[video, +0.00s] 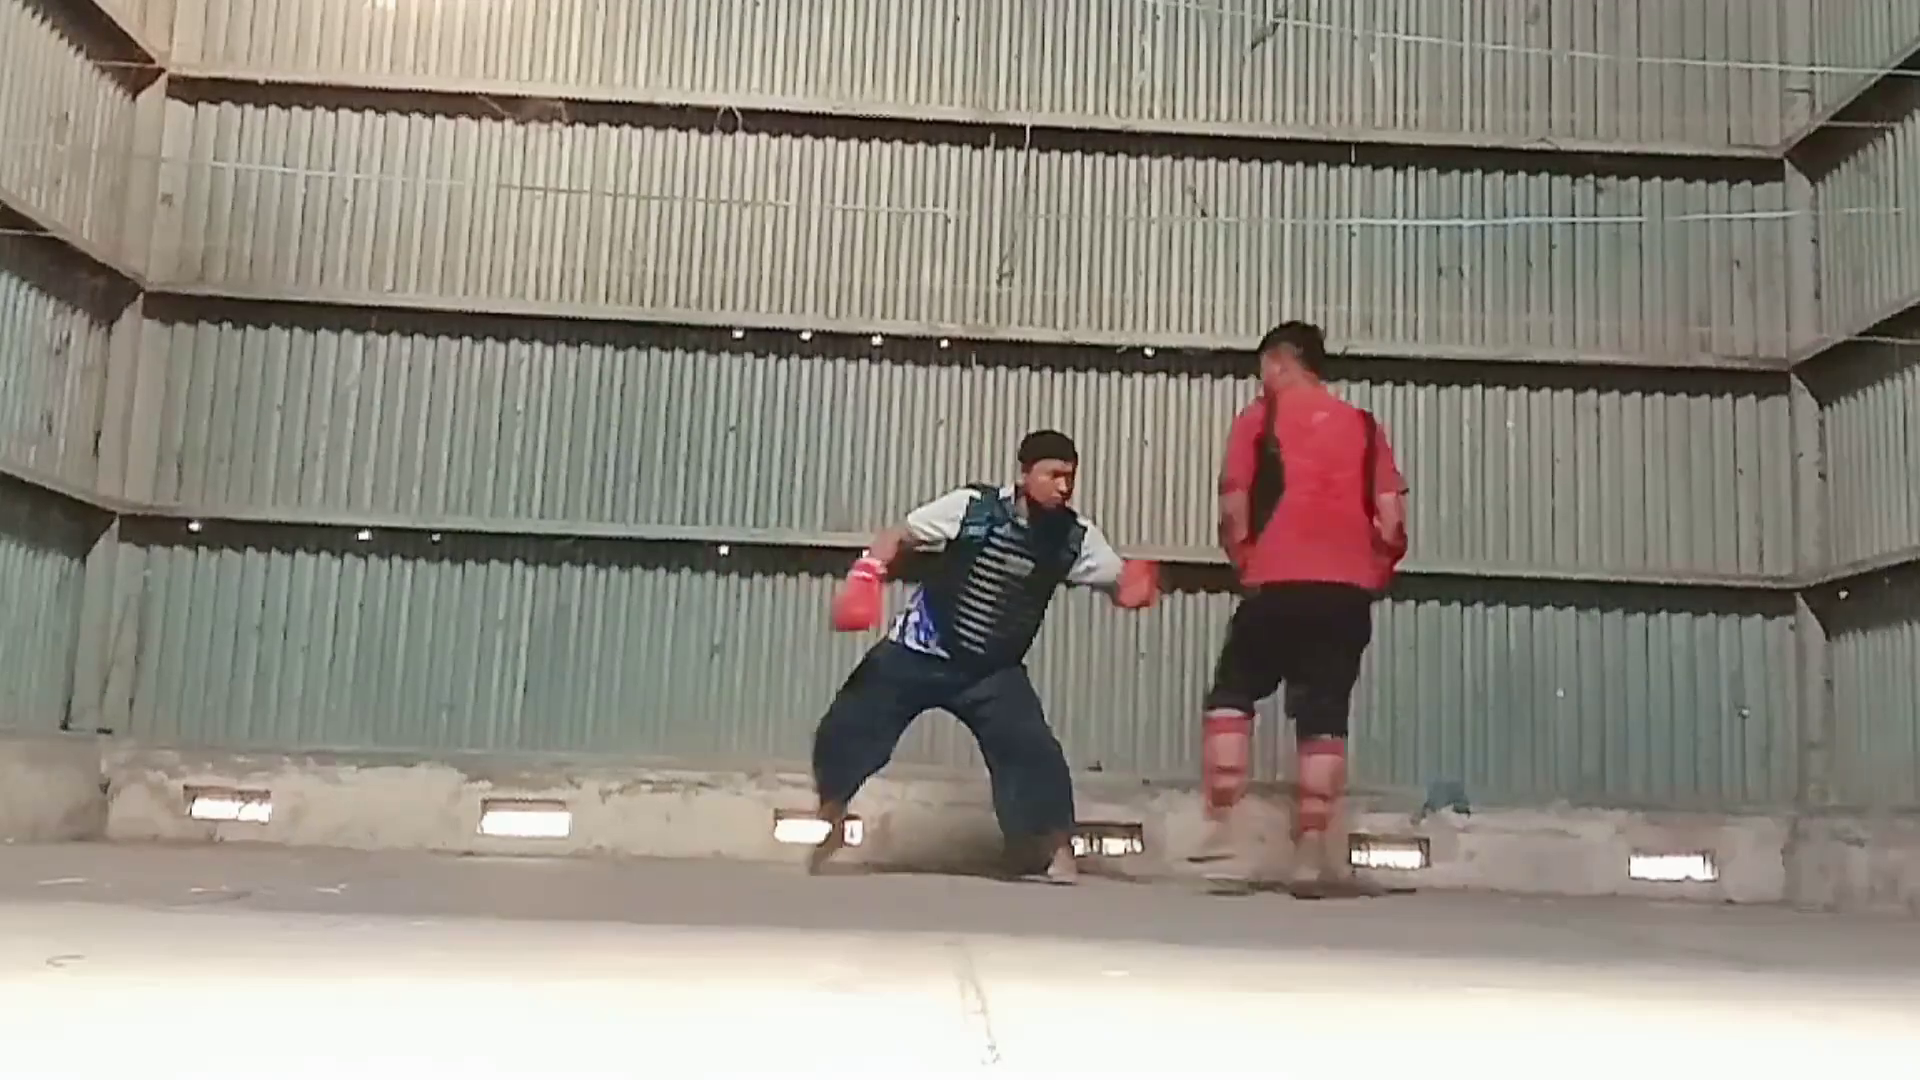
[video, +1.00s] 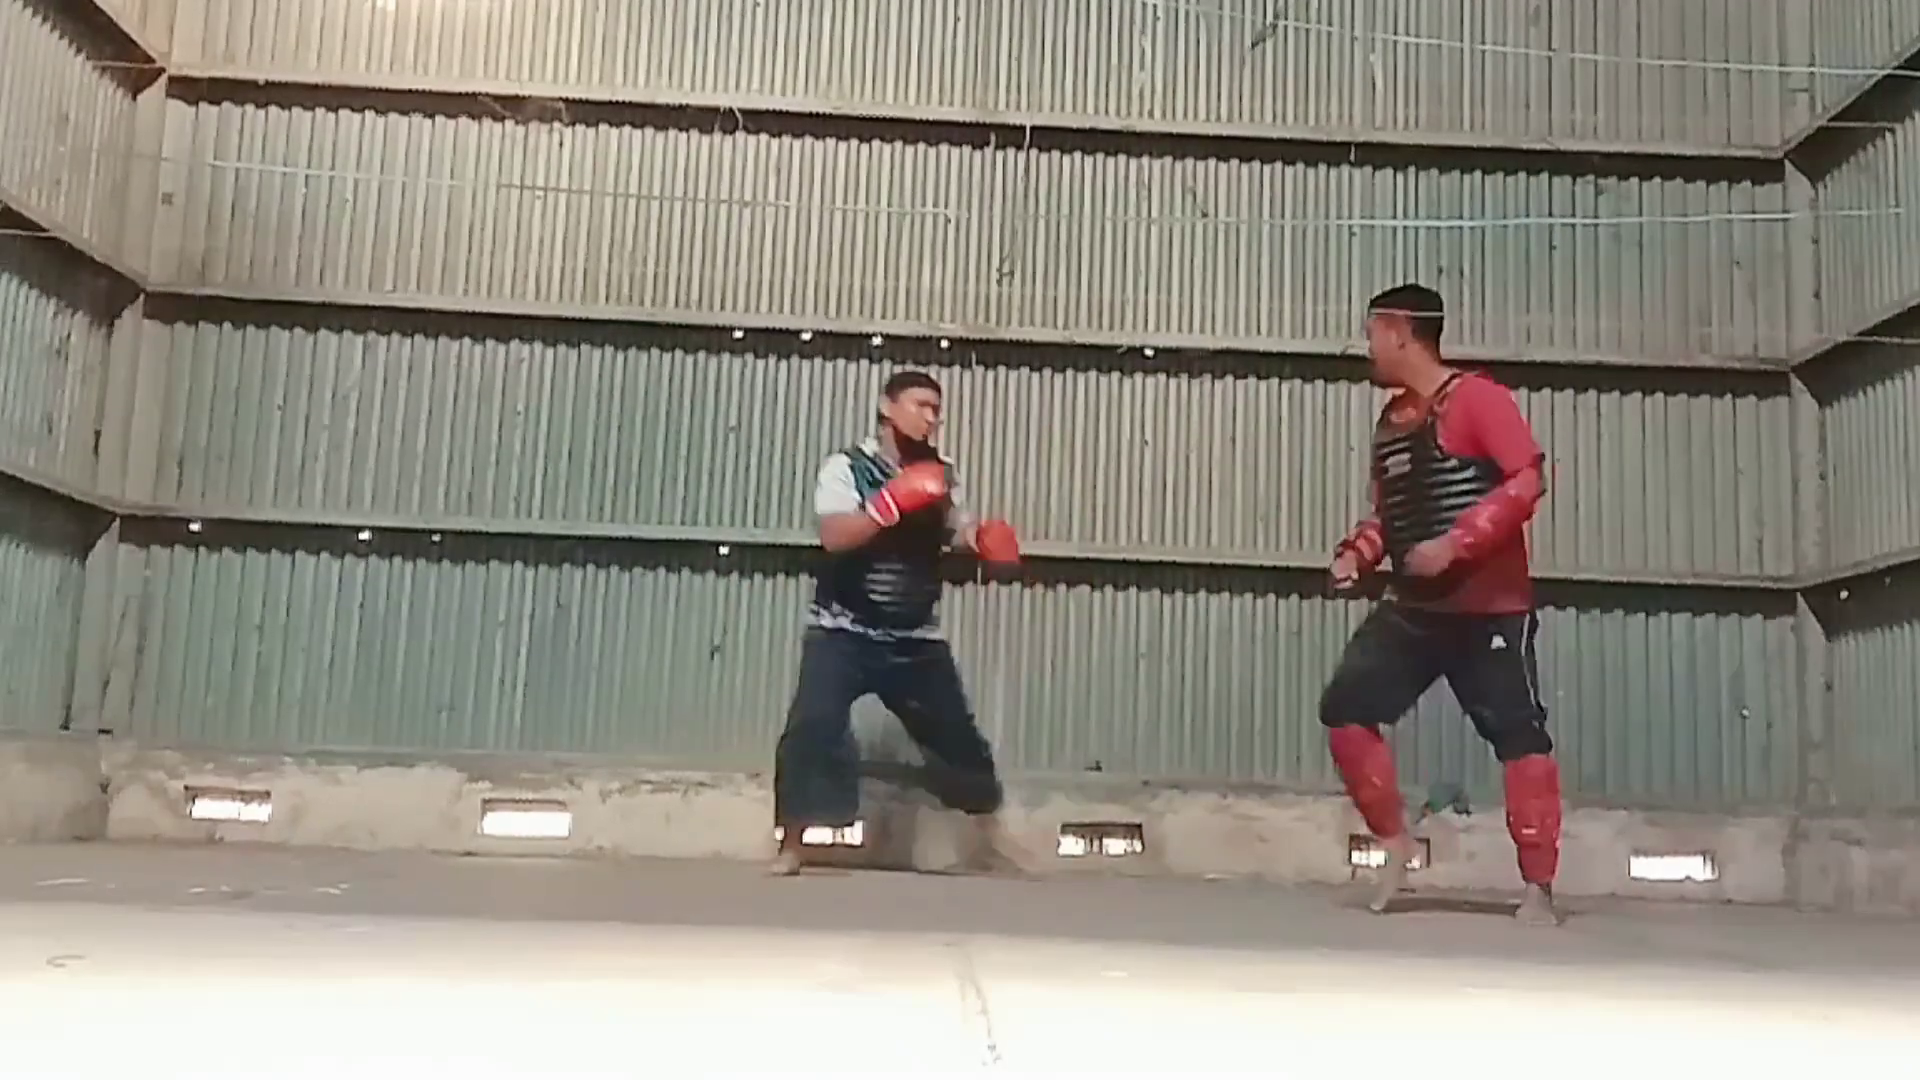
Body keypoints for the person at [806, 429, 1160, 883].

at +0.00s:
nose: (1064, 487)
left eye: (1070, 477)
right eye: (1055, 475)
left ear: (1074, 479)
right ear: (1025, 473)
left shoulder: (1076, 536)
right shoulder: (972, 506)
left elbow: (1121, 587)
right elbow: (898, 536)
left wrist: (1136, 586)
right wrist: (866, 573)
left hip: (993, 672)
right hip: (915, 653)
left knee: (1034, 751)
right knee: (844, 730)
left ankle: (1058, 851)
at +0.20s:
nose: (1036, 473)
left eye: (1043, 465)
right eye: (1027, 461)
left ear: (1046, 469)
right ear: (999, 458)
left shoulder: (1045, 518)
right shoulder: (951, 498)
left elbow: (1053, 590)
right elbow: (909, 561)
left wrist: (1069, 577)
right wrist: (966, 551)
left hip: (1000, 657)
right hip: (931, 655)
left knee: (1031, 733)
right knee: (909, 750)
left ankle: (1048, 841)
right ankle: (912, 841)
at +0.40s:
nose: (1017, 441)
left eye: (1025, 433)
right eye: (1009, 429)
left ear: (1033, 437)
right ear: (984, 423)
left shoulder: (1029, 480)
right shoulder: (939, 461)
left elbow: (1063, 537)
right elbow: (933, 516)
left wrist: (1066, 490)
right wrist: (985, 471)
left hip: (995, 623)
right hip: (929, 619)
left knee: (1032, 711)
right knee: (916, 732)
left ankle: (1044, 841)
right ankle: (917, 844)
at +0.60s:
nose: (1024, 427)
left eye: (1033, 420)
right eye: (1016, 415)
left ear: (1040, 426)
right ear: (991, 412)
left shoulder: (1038, 476)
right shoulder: (947, 455)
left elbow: (1060, 542)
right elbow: (936, 520)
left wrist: (1066, 500)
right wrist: (992, 477)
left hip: (1000, 629)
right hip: (929, 622)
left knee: (1030, 718)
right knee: (882, 714)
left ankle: (1025, 842)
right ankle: (880, 831)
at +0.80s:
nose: (1000, 456)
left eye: (1006, 448)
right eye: (991, 445)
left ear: (1011, 454)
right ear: (962, 447)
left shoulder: (1024, 510)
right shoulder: (922, 506)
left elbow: (1038, 567)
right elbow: (900, 578)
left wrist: (1040, 573)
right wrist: (954, 563)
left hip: (996, 667)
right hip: (921, 659)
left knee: (1036, 746)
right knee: (867, 729)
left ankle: (1024, 849)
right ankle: (800, 829)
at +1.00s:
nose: (930, 417)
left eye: (935, 410)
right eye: (921, 406)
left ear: (937, 419)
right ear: (888, 407)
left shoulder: (936, 479)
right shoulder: (844, 468)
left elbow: (951, 544)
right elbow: (834, 537)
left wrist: (979, 545)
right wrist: (891, 502)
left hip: (915, 640)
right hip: (842, 634)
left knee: (955, 736)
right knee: (813, 725)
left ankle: (981, 832)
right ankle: (798, 839)